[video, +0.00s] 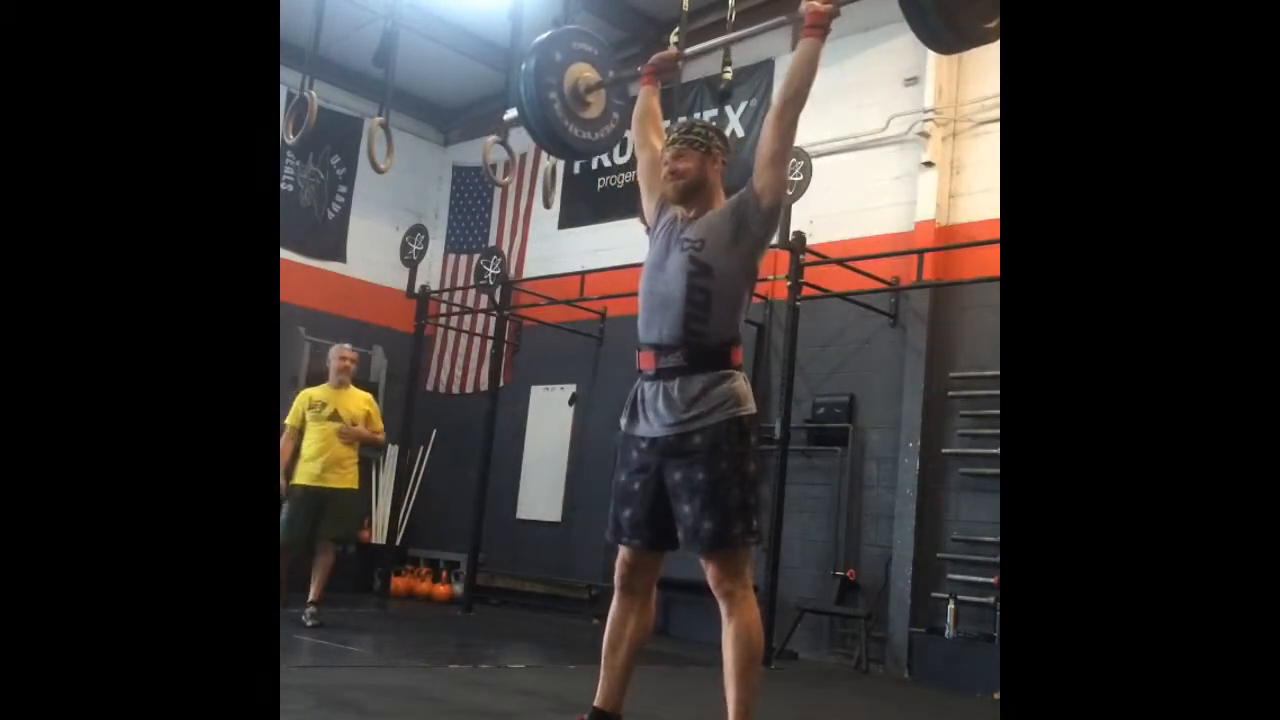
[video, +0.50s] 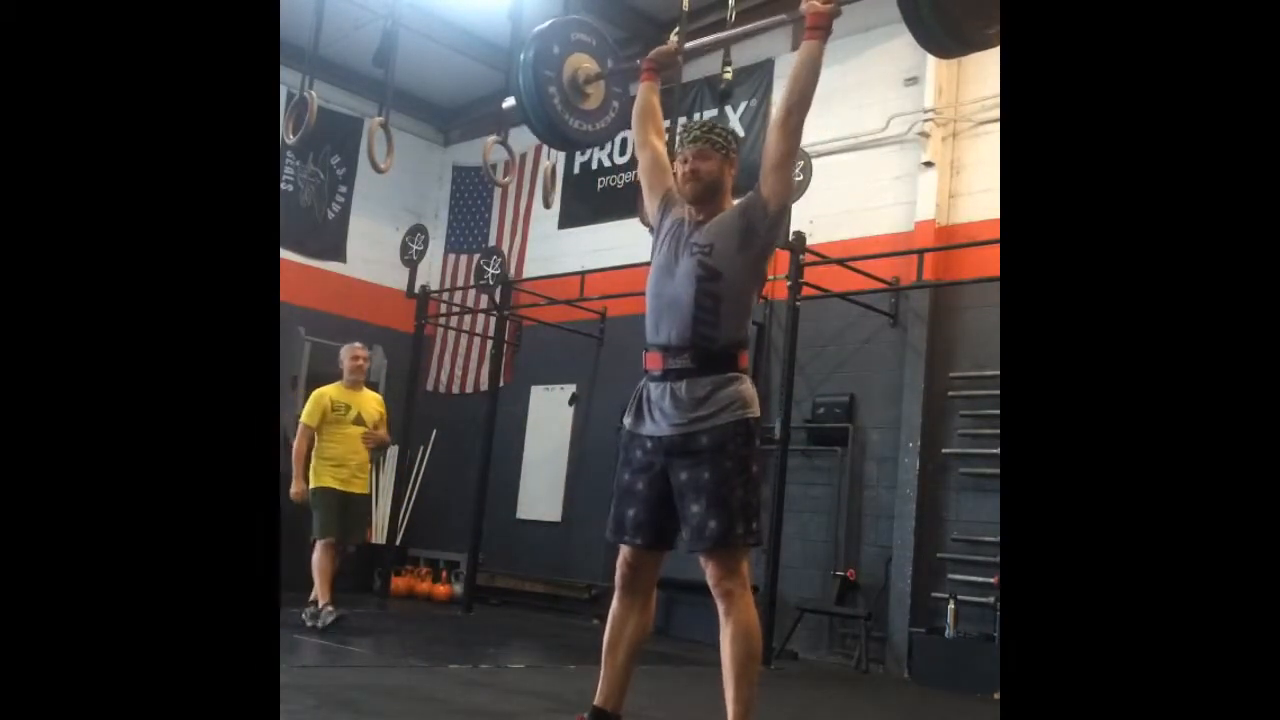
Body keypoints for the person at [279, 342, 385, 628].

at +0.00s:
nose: (347, 364)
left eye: (351, 361)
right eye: (342, 359)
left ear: (356, 367)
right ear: (329, 363)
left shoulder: (366, 401)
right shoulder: (307, 396)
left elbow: (381, 438)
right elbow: (290, 436)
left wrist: (361, 435)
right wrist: (282, 473)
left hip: (342, 488)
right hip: (304, 483)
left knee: (327, 545)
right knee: (286, 542)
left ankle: (312, 604)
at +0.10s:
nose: (350, 364)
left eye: (355, 360)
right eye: (345, 358)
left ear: (360, 366)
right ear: (333, 362)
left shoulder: (370, 401)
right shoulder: (311, 396)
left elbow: (385, 438)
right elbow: (294, 436)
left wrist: (366, 434)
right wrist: (285, 471)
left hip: (346, 486)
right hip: (310, 480)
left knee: (328, 545)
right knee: (292, 539)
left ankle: (313, 605)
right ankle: (281, 594)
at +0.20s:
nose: (353, 363)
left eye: (358, 360)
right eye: (348, 358)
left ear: (363, 366)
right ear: (336, 362)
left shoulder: (373, 400)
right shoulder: (314, 395)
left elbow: (386, 438)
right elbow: (296, 435)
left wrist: (369, 434)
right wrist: (289, 473)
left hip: (350, 485)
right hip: (314, 479)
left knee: (331, 545)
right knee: (304, 539)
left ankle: (313, 604)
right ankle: (286, 601)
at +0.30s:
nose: (355, 363)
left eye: (360, 359)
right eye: (350, 358)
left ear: (365, 366)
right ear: (338, 362)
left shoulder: (374, 401)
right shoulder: (317, 395)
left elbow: (387, 439)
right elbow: (298, 436)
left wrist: (373, 436)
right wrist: (292, 476)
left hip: (354, 485)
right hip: (318, 478)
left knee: (334, 545)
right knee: (311, 539)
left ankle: (312, 603)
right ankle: (301, 603)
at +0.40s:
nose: (358, 363)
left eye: (362, 359)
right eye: (352, 358)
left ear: (367, 366)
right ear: (340, 363)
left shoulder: (375, 401)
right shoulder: (320, 395)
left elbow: (386, 439)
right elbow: (299, 437)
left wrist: (376, 437)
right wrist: (295, 478)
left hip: (357, 484)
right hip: (322, 479)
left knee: (340, 545)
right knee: (319, 540)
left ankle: (314, 597)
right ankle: (315, 602)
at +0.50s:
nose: (360, 363)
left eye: (364, 359)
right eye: (354, 358)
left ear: (369, 365)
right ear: (341, 364)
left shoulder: (376, 401)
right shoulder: (323, 395)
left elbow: (386, 439)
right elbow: (302, 438)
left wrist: (380, 438)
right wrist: (298, 478)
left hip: (359, 485)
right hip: (326, 480)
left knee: (340, 545)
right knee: (327, 541)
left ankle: (313, 603)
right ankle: (324, 605)